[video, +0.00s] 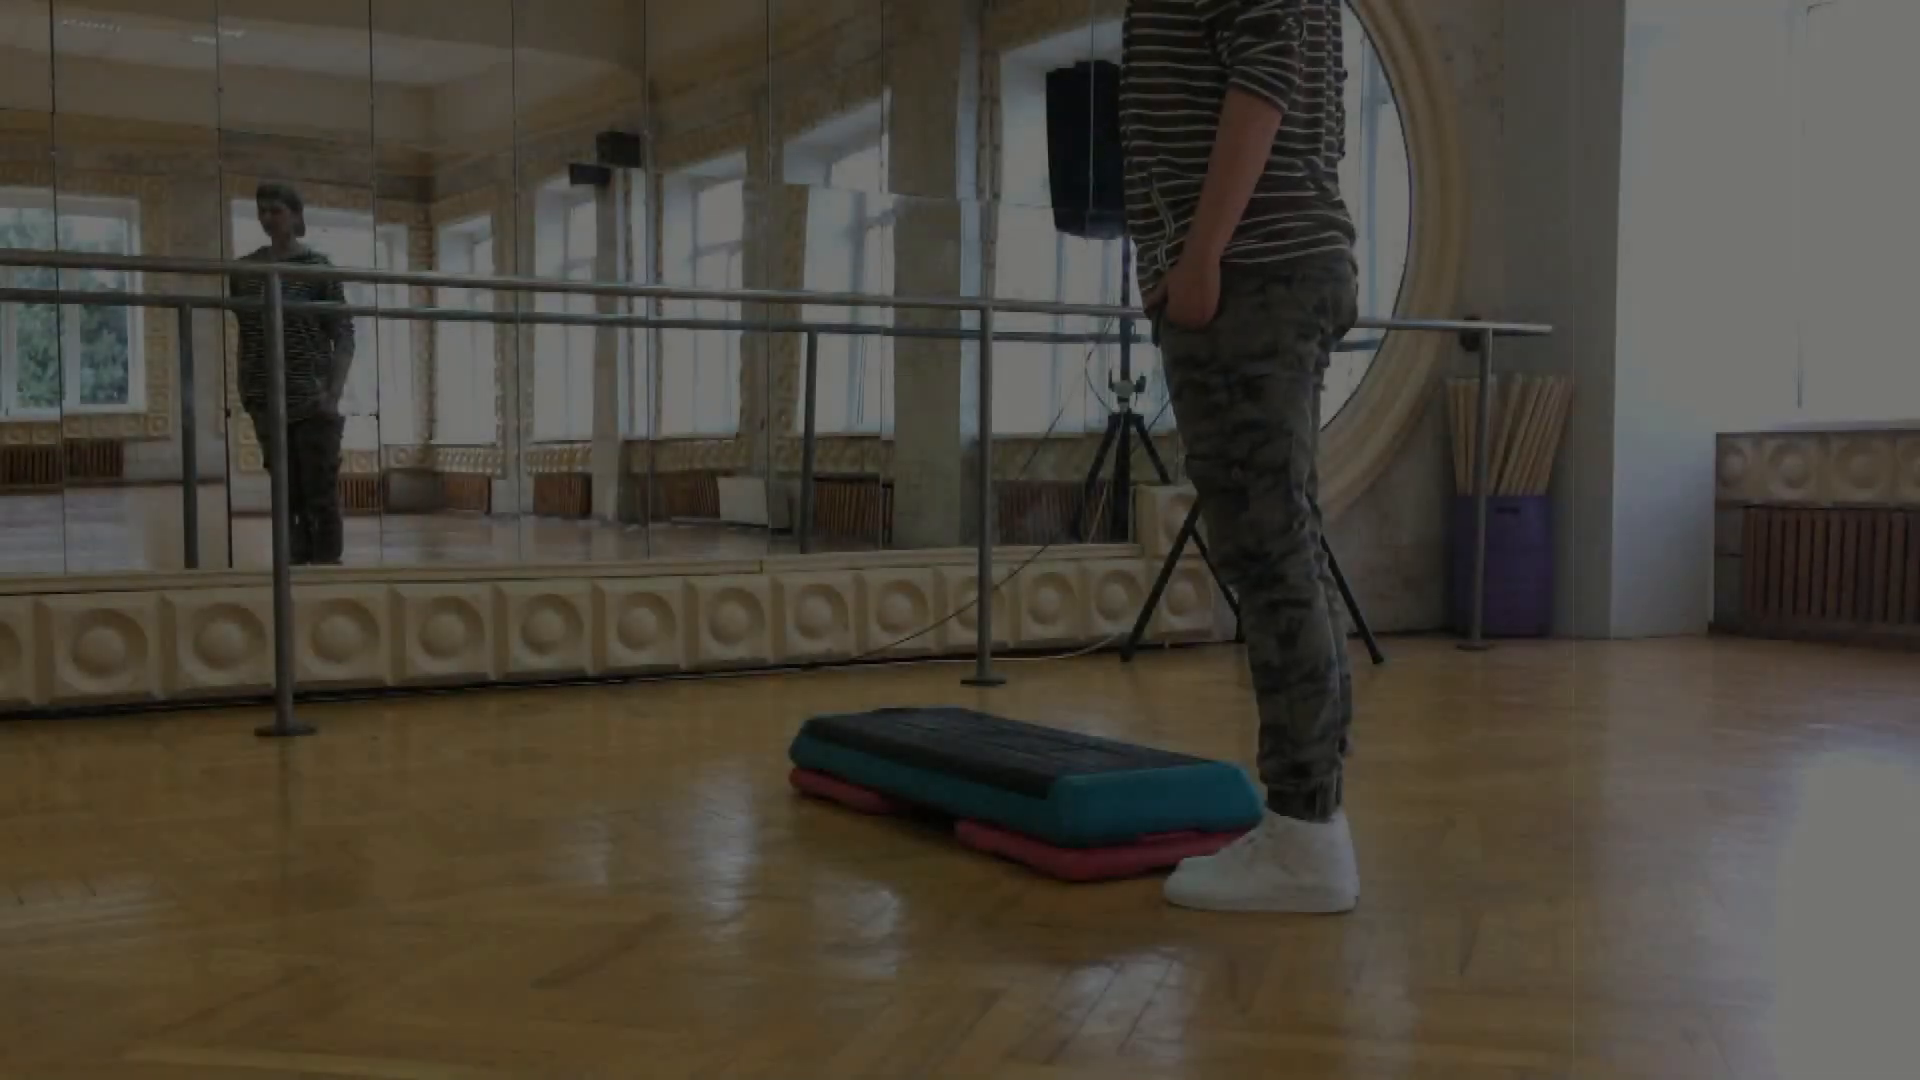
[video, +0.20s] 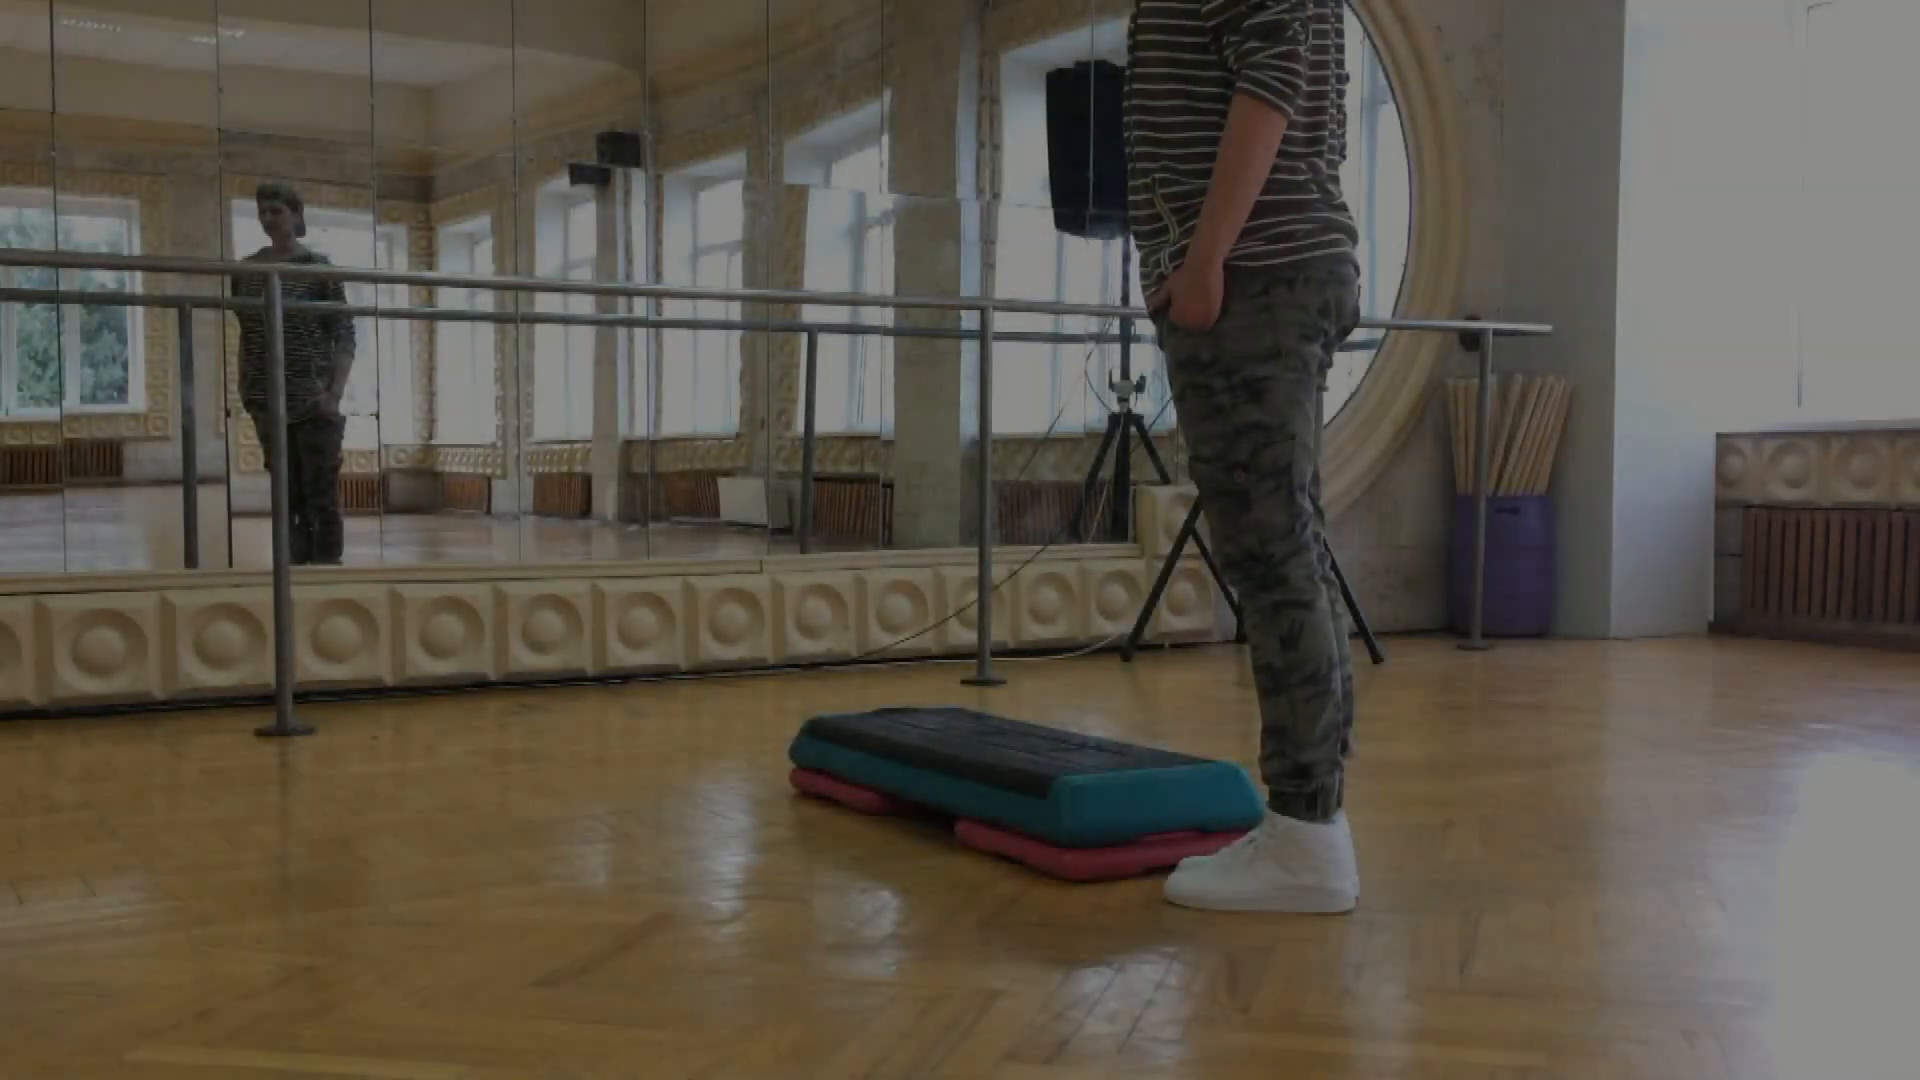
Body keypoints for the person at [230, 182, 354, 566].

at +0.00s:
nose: (268, 219)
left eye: (276, 211)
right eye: (263, 212)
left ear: (296, 216)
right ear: (258, 219)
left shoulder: (318, 266)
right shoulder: (244, 269)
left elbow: (344, 332)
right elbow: (246, 334)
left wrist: (332, 392)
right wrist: (247, 391)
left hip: (314, 397)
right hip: (265, 400)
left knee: (318, 488)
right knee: (285, 488)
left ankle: (326, 569)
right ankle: (296, 567)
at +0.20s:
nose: (269, 219)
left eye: (276, 211)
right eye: (263, 212)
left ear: (296, 215)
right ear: (259, 219)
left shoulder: (319, 267)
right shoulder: (245, 271)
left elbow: (344, 332)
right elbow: (248, 334)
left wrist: (334, 394)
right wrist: (245, 389)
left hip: (315, 399)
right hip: (266, 401)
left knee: (319, 490)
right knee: (286, 491)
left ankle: (327, 570)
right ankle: (296, 569)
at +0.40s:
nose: (269, 219)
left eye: (276, 211)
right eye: (264, 212)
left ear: (297, 216)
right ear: (259, 218)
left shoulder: (319, 266)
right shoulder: (245, 270)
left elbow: (345, 331)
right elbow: (247, 335)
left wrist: (335, 392)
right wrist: (244, 388)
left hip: (315, 400)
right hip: (266, 403)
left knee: (319, 492)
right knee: (286, 493)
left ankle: (327, 571)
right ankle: (296, 570)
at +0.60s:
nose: (269, 218)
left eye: (276, 210)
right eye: (264, 212)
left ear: (298, 216)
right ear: (260, 218)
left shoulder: (320, 267)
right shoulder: (245, 270)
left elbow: (345, 331)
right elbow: (246, 334)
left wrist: (335, 392)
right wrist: (246, 389)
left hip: (315, 399)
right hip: (266, 402)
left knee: (320, 490)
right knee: (286, 491)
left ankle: (327, 569)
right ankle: (296, 568)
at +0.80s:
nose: (268, 219)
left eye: (277, 212)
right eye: (264, 212)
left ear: (298, 216)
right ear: (259, 218)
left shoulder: (320, 266)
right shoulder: (246, 270)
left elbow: (345, 332)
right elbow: (249, 333)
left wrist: (335, 393)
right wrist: (246, 386)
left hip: (315, 398)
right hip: (266, 401)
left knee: (320, 490)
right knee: (286, 491)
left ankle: (327, 569)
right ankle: (297, 568)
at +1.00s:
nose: (269, 220)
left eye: (277, 213)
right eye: (264, 214)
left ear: (298, 217)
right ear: (260, 219)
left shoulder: (320, 266)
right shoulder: (247, 270)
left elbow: (345, 333)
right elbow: (248, 333)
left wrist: (335, 394)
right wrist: (246, 389)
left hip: (316, 398)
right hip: (266, 401)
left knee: (319, 491)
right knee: (286, 492)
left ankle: (328, 569)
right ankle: (297, 568)